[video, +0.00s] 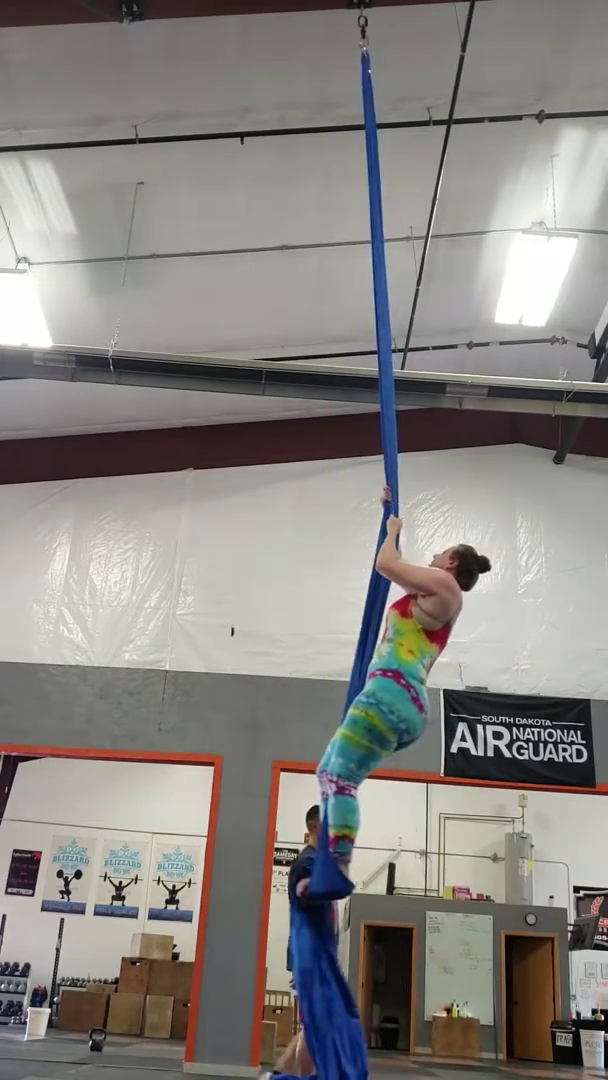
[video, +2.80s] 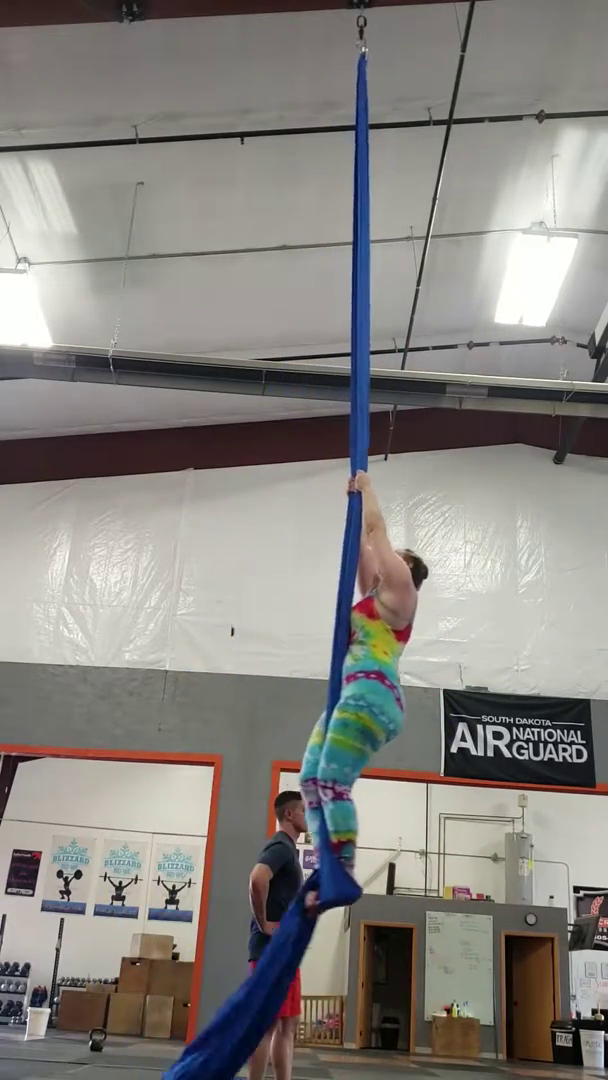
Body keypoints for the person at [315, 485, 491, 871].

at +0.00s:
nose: (435, 556)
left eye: (441, 553)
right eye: (439, 553)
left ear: (450, 562)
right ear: (459, 569)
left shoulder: (445, 586)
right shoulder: (439, 591)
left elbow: (386, 565)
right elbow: (391, 563)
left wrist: (392, 532)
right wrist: (390, 513)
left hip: (391, 692)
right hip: (405, 702)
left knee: (339, 776)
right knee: (332, 774)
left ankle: (335, 871)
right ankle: (332, 867)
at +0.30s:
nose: (390, 561)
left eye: (395, 559)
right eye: (394, 559)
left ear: (403, 567)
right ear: (413, 577)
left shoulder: (395, 591)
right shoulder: (396, 603)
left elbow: (338, 568)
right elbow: (354, 572)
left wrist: (347, 538)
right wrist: (352, 538)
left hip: (346, 697)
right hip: (364, 709)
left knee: (295, 781)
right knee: (287, 777)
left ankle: (297, 869)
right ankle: (292, 863)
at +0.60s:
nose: (334, 564)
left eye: (339, 562)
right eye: (337, 562)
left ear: (346, 571)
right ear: (355, 580)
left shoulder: (330, 588)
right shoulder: (344, 607)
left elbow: (274, 559)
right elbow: (302, 570)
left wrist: (284, 527)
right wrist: (310, 523)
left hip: (295, 697)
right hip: (318, 709)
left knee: (253, 780)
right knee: (247, 779)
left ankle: (260, 871)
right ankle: (260, 865)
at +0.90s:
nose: (307, 566)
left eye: (313, 566)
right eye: (312, 566)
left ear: (317, 578)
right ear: (322, 589)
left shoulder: (301, 591)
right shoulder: (307, 617)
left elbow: (276, 539)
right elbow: (273, 569)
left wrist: (273, 502)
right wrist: (281, 521)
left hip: (251, 693)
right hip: (272, 710)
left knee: (201, 773)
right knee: (200, 774)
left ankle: (199, 865)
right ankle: (196, 860)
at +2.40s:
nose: (353, 568)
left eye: (360, 568)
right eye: (354, 566)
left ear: (368, 582)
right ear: (354, 579)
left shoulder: (359, 602)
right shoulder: (336, 602)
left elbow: (341, 541)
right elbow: (326, 551)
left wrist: (337, 498)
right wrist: (324, 509)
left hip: (305, 698)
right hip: (293, 696)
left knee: (247, 768)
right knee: (232, 767)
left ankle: (241, 864)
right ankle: (230, 861)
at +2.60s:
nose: (369, 568)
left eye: (377, 566)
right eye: (375, 566)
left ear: (388, 578)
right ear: (380, 579)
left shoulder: (379, 599)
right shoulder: (354, 600)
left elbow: (358, 536)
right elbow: (343, 545)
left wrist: (351, 494)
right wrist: (340, 506)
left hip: (340, 696)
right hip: (321, 695)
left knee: (289, 777)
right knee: (269, 776)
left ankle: (289, 874)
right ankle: (274, 870)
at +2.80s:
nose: (383, 557)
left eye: (393, 552)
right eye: (384, 552)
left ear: (405, 567)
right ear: (383, 565)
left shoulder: (400, 591)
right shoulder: (370, 596)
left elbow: (376, 531)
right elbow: (357, 544)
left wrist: (367, 486)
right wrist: (354, 503)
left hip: (372, 693)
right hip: (350, 694)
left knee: (332, 781)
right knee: (310, 780)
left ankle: (343, 876)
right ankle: (326, 872)